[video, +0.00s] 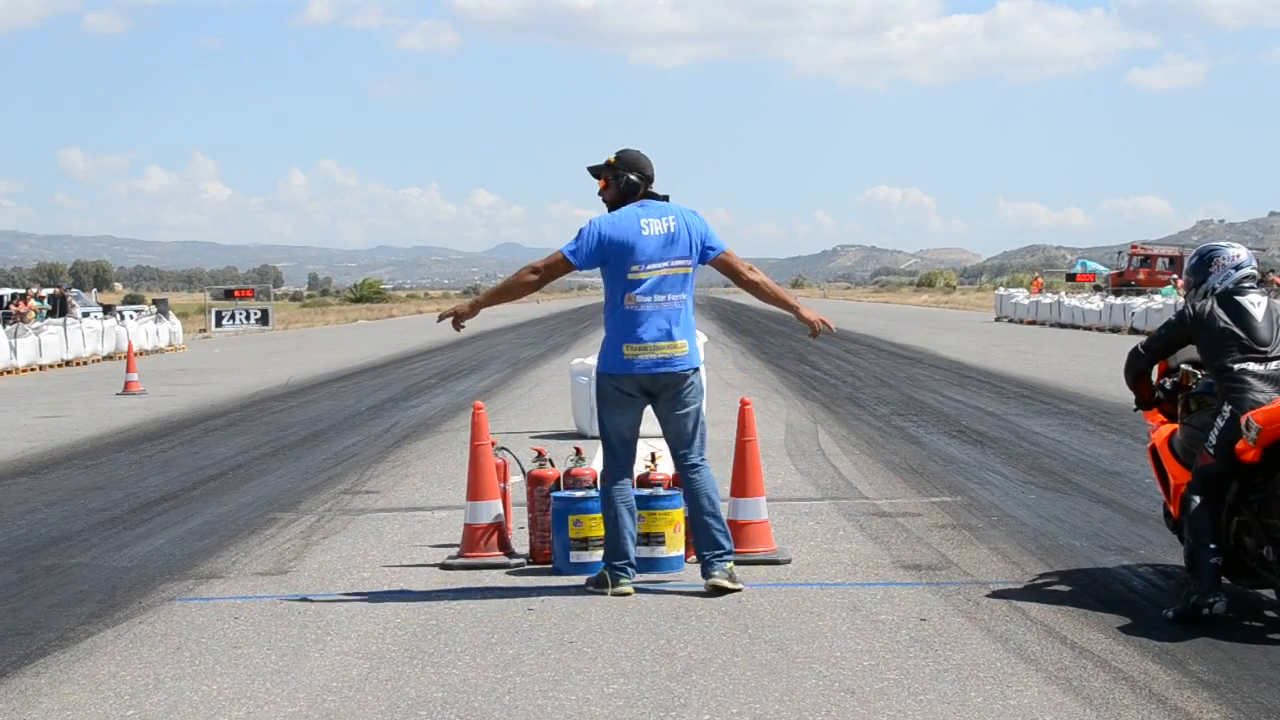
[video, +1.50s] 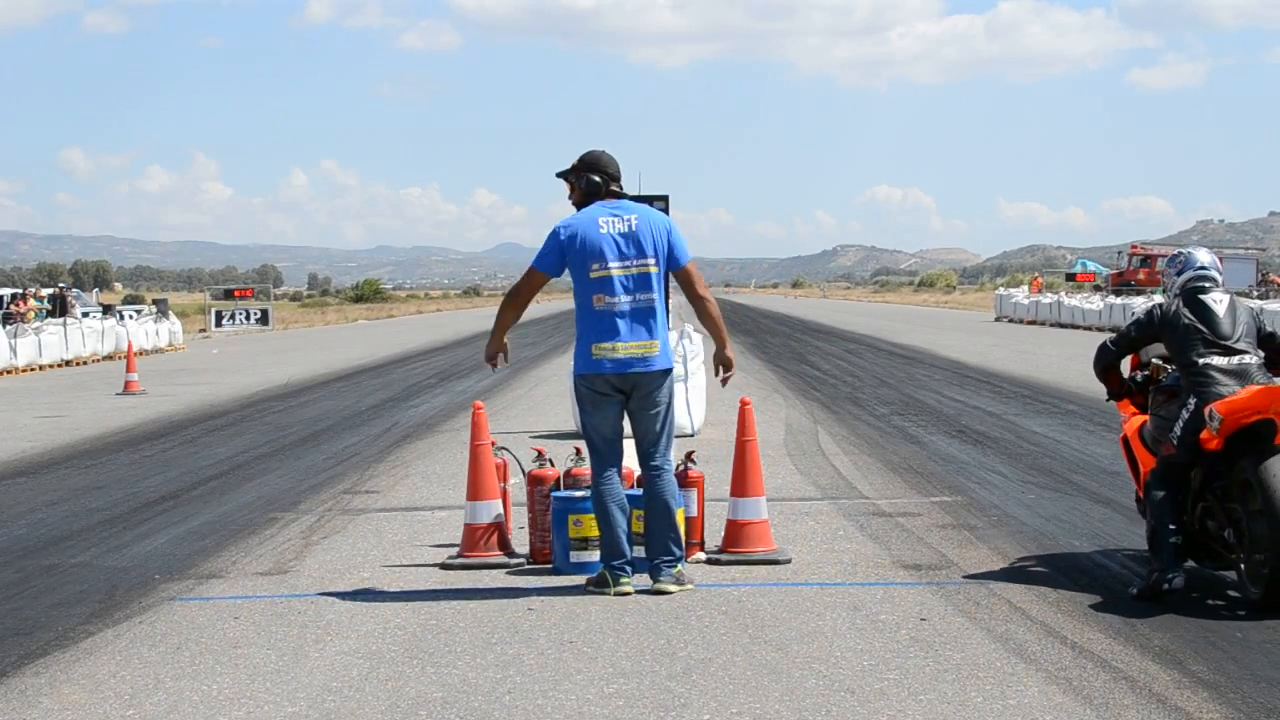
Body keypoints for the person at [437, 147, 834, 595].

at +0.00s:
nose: (598, 191)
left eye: (602, 183)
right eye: (600, 182)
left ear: (621, 183)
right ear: (647, 184)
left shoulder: (604, 229)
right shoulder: (689, 221)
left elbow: (538, 274)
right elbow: (743, 273)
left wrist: (476, 303)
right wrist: (801, 309)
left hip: (622, 365)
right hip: (679, 361)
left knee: (617, 470)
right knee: (693, 462)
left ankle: (619, 572)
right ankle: (719, 564)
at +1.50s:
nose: (568, 196)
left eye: (570, 188)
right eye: (568, 188)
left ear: (585, 186)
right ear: (616, 185)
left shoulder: (571, 230)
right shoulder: (659, 223)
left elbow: (523, 291)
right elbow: (698, 292)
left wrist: (497, 336)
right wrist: (723, 344)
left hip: (596, 366)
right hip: (653, 362)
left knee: (605, 468)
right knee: (658, 462)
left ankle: (616, 572)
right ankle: (667, 568)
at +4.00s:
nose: (556, 183)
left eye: (559, 175)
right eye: (556, 175)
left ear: (576, 176)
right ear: (612, 177)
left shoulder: (562, 227)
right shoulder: (661, 224)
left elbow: (540, 316)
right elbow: (681, 313)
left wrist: (524, 381)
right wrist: (666, 370)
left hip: (584, 382)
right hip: (651, 378)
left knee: (574, 491)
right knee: (645, 492)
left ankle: (569, 604)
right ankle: (648, 614)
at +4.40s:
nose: (582, 178)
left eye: (584, 170)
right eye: (581, 170)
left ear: (599, 170)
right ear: (638, 170)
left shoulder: (589, 218)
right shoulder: (686, 222)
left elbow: (566, 311)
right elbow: (706, 309)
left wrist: (550, 383)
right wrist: (704, 382)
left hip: (606, 380)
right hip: (671, 379)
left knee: (589, 493)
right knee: (658, 498)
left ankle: (604, 609)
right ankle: (651, 618)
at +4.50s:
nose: (583, 176)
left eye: (586, 167)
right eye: (583, 167)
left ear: (600, 169)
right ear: (640, 170)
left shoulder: (589, 218)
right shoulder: (688, 221)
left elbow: (566, 311)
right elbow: (708, 308)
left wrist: (546, 386)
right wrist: (710, 382)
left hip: (607, 380)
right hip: (673, 379)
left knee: (597, 495)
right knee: (658, 496)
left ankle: (618, 606)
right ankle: (651, 616)